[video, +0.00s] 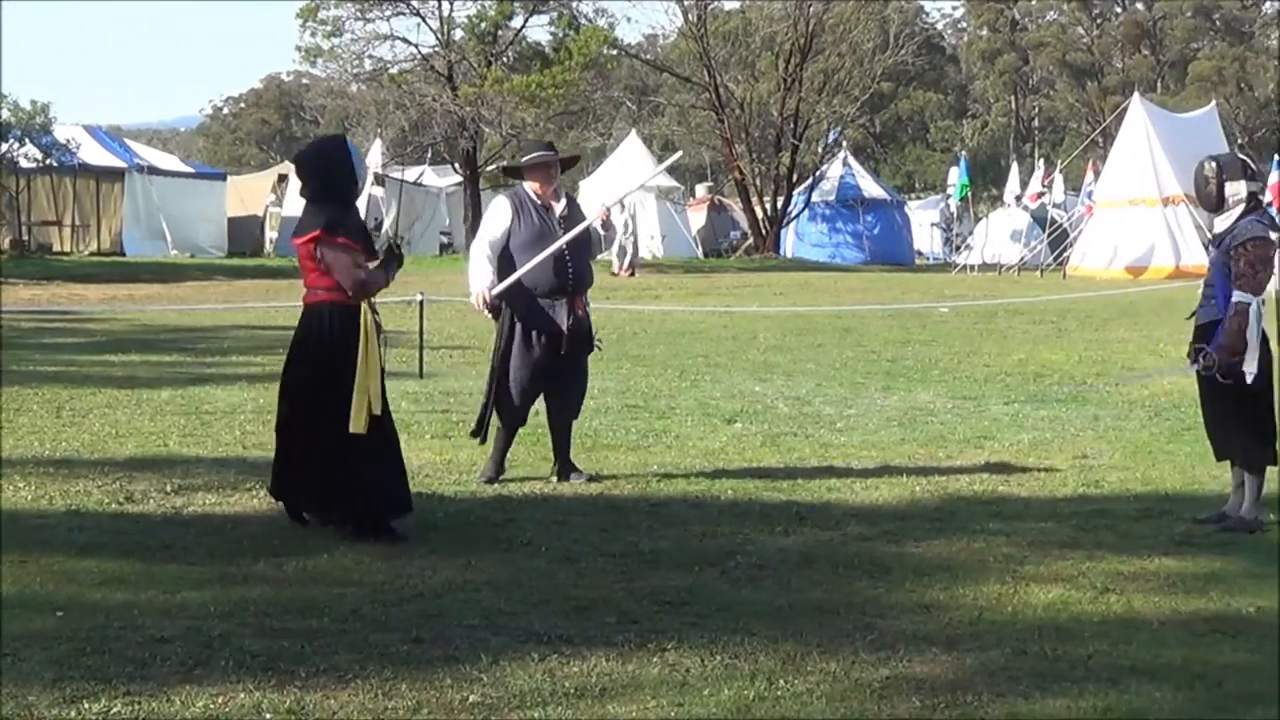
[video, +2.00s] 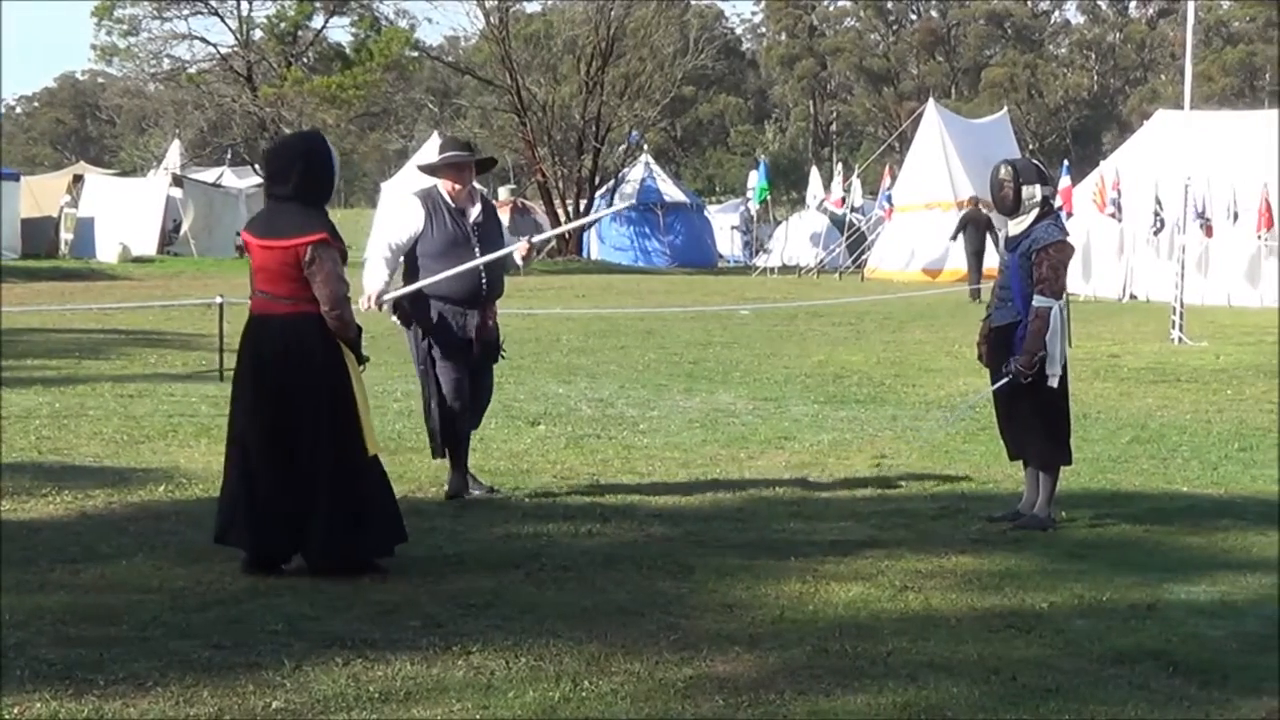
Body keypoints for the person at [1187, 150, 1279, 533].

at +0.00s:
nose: (1211, 192)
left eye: (1218, 184)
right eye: (1210, 184)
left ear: (1238, 186)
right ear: (1239, 188)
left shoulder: (1253, 234)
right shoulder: (1232, 228)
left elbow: (1246, 302)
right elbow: (1224, 291)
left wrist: (1225, 347)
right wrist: (1205, 334)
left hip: (1241, 334)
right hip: (1217, 331)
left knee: (1250, 420)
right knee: (1229, 418)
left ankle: (1250, 509)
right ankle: (1236, 502)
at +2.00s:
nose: (1003, 193)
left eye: (1010, 187)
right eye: (1001, 186)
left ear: (1032, 190)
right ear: (1001, 191)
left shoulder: (1048, 236)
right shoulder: (1015, 231)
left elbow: (1046, 303)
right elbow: (1005, 285)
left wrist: (1028, 354)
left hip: (1036, 338)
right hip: (1008, 336)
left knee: (1043, 419)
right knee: (1021, 418)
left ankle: (1044, 508)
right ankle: (1029, 501)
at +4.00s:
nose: (1010, 197)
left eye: (1018, 190)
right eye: (1006, 190)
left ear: (1041, 193)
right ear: (1004, 194)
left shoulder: (1061, 238)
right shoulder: (1011, 235)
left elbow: (1069, 301)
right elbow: (1000, 289)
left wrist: (1059, 354)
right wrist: (989, 335)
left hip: (1047, 337)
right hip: (1013, 337)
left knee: (1053, 416)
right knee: (1026, 415)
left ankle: (1053, 507)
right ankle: (1039, 501)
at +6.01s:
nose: (1005, 198)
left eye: (1013, 191)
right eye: (1001, 191)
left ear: (1036, 194)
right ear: (999, 196)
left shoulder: (1057, 239)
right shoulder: (1009, 237)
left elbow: (1065, 303)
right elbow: (998, 289)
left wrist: (1056, 355)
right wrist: (987, 336)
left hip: (1045, 338)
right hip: (1012, 339)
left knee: (1050, 418)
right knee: (1026, 417)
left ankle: (1053, 508)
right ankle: (1038, 502)